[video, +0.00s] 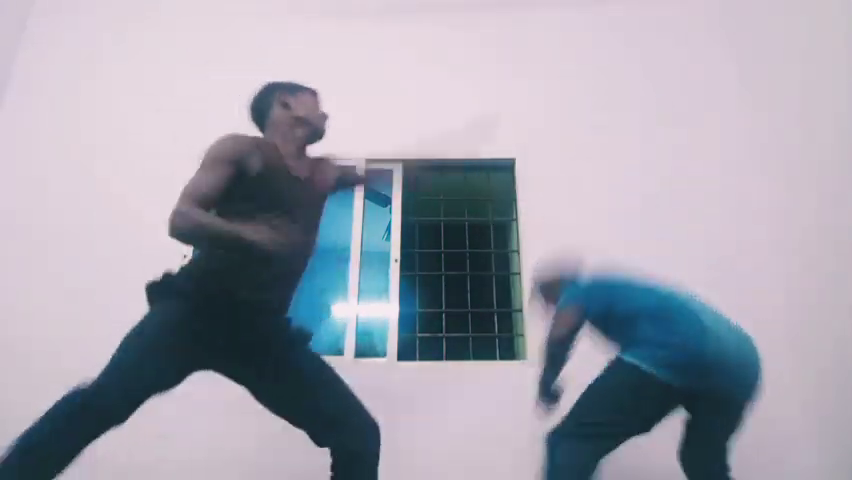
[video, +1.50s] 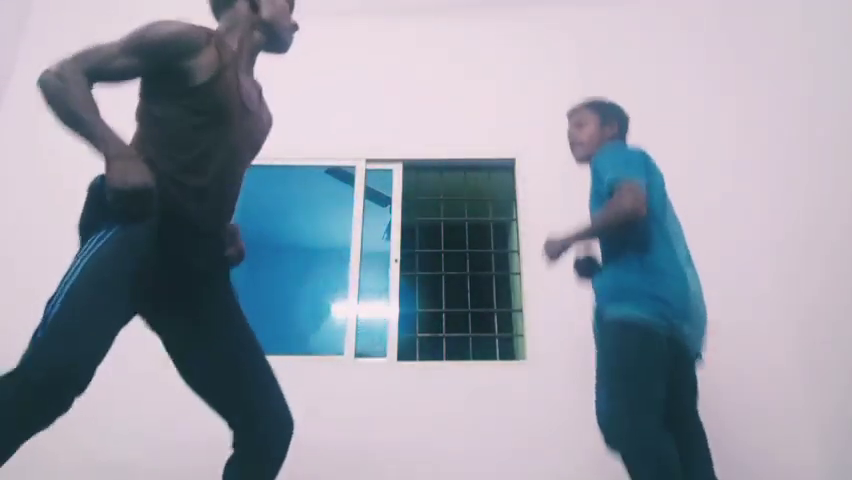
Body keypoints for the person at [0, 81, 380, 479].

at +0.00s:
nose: (323, 108)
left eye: (320, 101)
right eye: (312, 100)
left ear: (296, 112)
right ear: (283, 107)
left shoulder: (325, 174)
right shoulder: (237, 151)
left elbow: (379, 179)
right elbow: (182, 220)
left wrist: (367, 181)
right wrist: (253, 233)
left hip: (262, 333)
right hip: (191, 318)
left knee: (359, 436)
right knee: (102, 405)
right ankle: (14, 471)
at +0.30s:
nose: (355, 93)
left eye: (357, 86)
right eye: (350, 80)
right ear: (310, 75)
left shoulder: (333, 177)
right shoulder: (227, 137)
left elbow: (331, 262)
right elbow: (173, 193)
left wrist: (310, 310)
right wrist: (136, 233)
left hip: (273, 317)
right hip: (202, 304)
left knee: (348, 455)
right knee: (210, 392)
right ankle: (161, 476)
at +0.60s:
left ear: (283, 1)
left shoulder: (285, 54)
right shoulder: (203, 9)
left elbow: (285, 154)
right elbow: (118, 24)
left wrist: (329, 122)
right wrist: (213, 14)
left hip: (209, 185)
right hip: (148, 158)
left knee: (267, 337)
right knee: (97, 291)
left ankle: (225, 473)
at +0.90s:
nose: (290, 18)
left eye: (290, 7)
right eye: (283, 4)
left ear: (248, 11)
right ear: (247, 5)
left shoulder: (244, 119)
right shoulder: (156, 35)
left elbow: (203, 220)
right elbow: (48, 110)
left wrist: (239, 230)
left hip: (136, 264)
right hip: (68, 231)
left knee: (237, 409)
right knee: (62, 369)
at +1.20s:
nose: (315, 14)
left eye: (313, 5)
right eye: (305, 2)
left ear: (271, 12)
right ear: (266, 5)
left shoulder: (285, 105)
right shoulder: (199, 40)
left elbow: (244, 165)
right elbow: (84, 79)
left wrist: (254, 219)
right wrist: (129, 153)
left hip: (222, 247)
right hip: (160, 223)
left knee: (276, 410)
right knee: (71, 358)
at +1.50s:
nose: (295, 15)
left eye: (292, 5)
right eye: (284, 3)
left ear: (254, 12)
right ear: (249, 6)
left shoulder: (254, 104)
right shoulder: (184, 41)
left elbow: (197, 171)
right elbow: (60, 77)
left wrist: (221, 227)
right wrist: (117, 153)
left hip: (195, 263)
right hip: (132, 237)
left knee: (268, 427)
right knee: (43, 386)